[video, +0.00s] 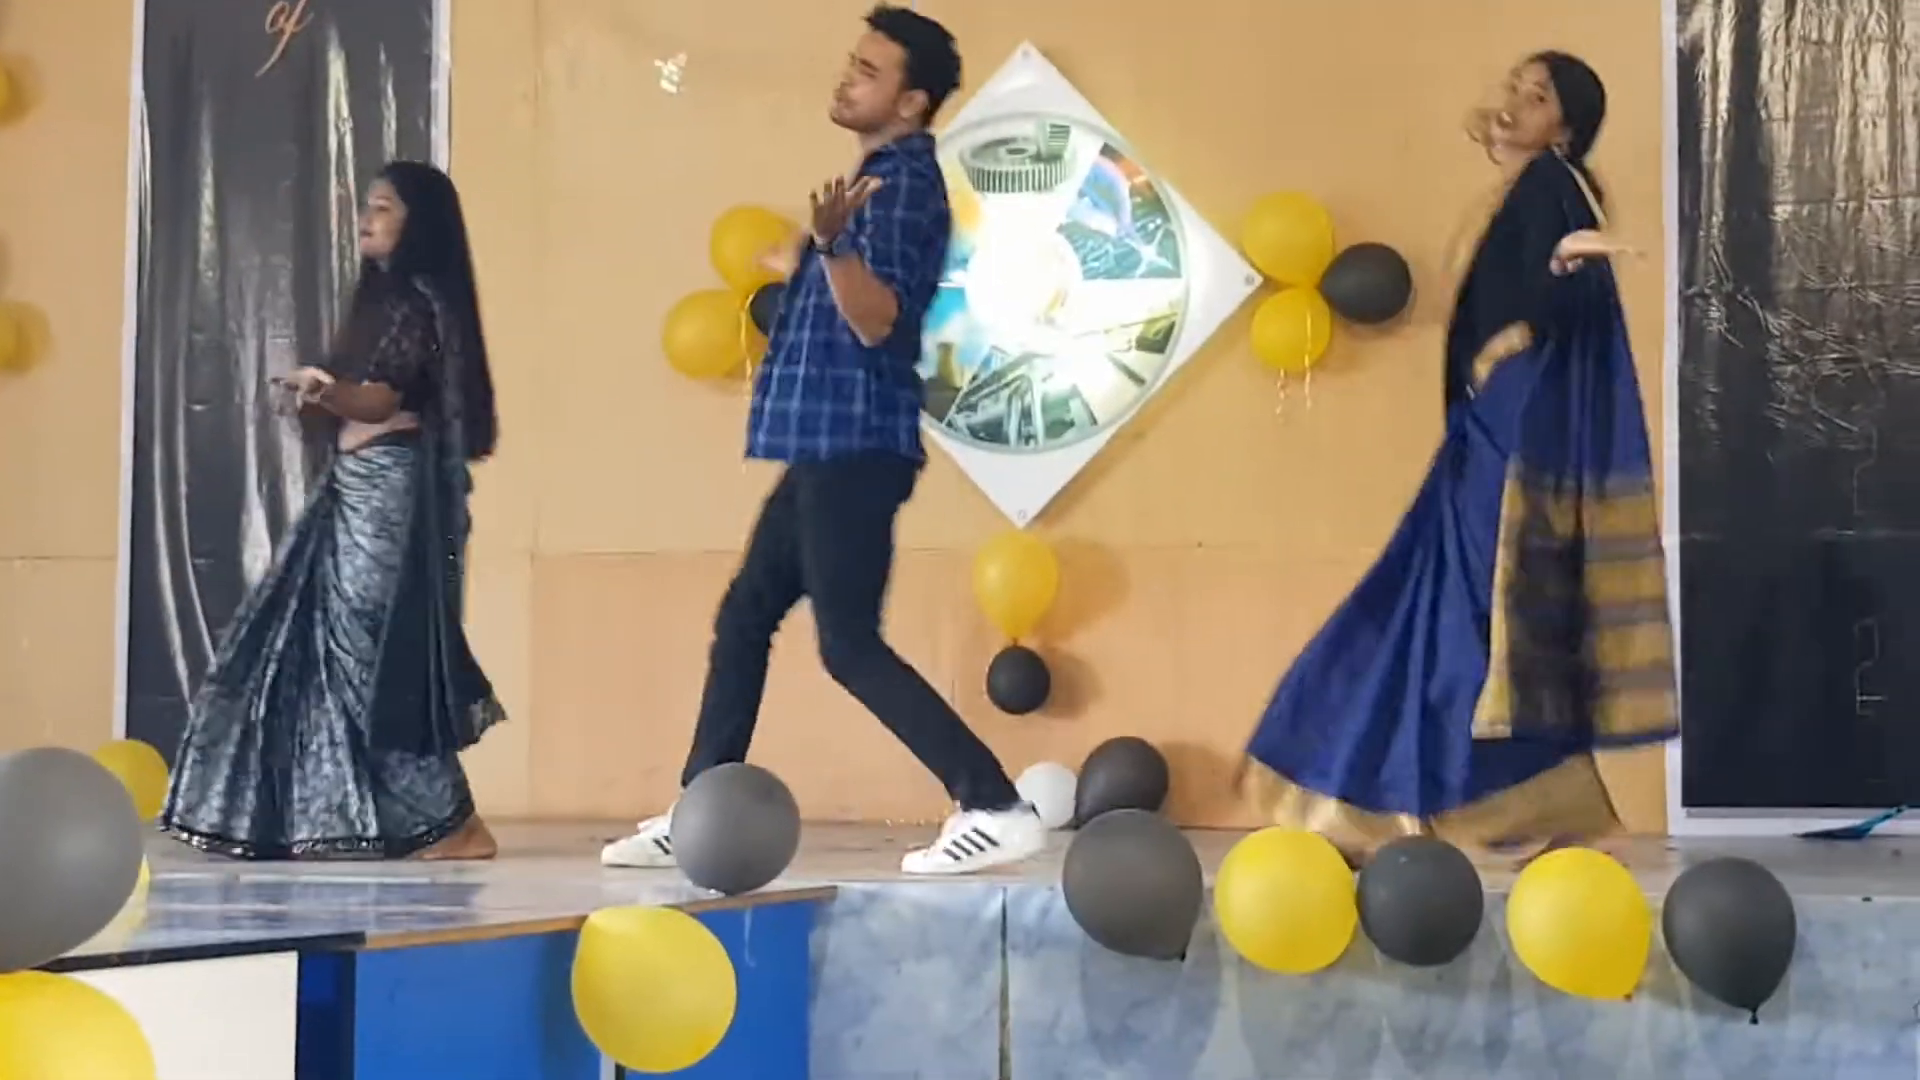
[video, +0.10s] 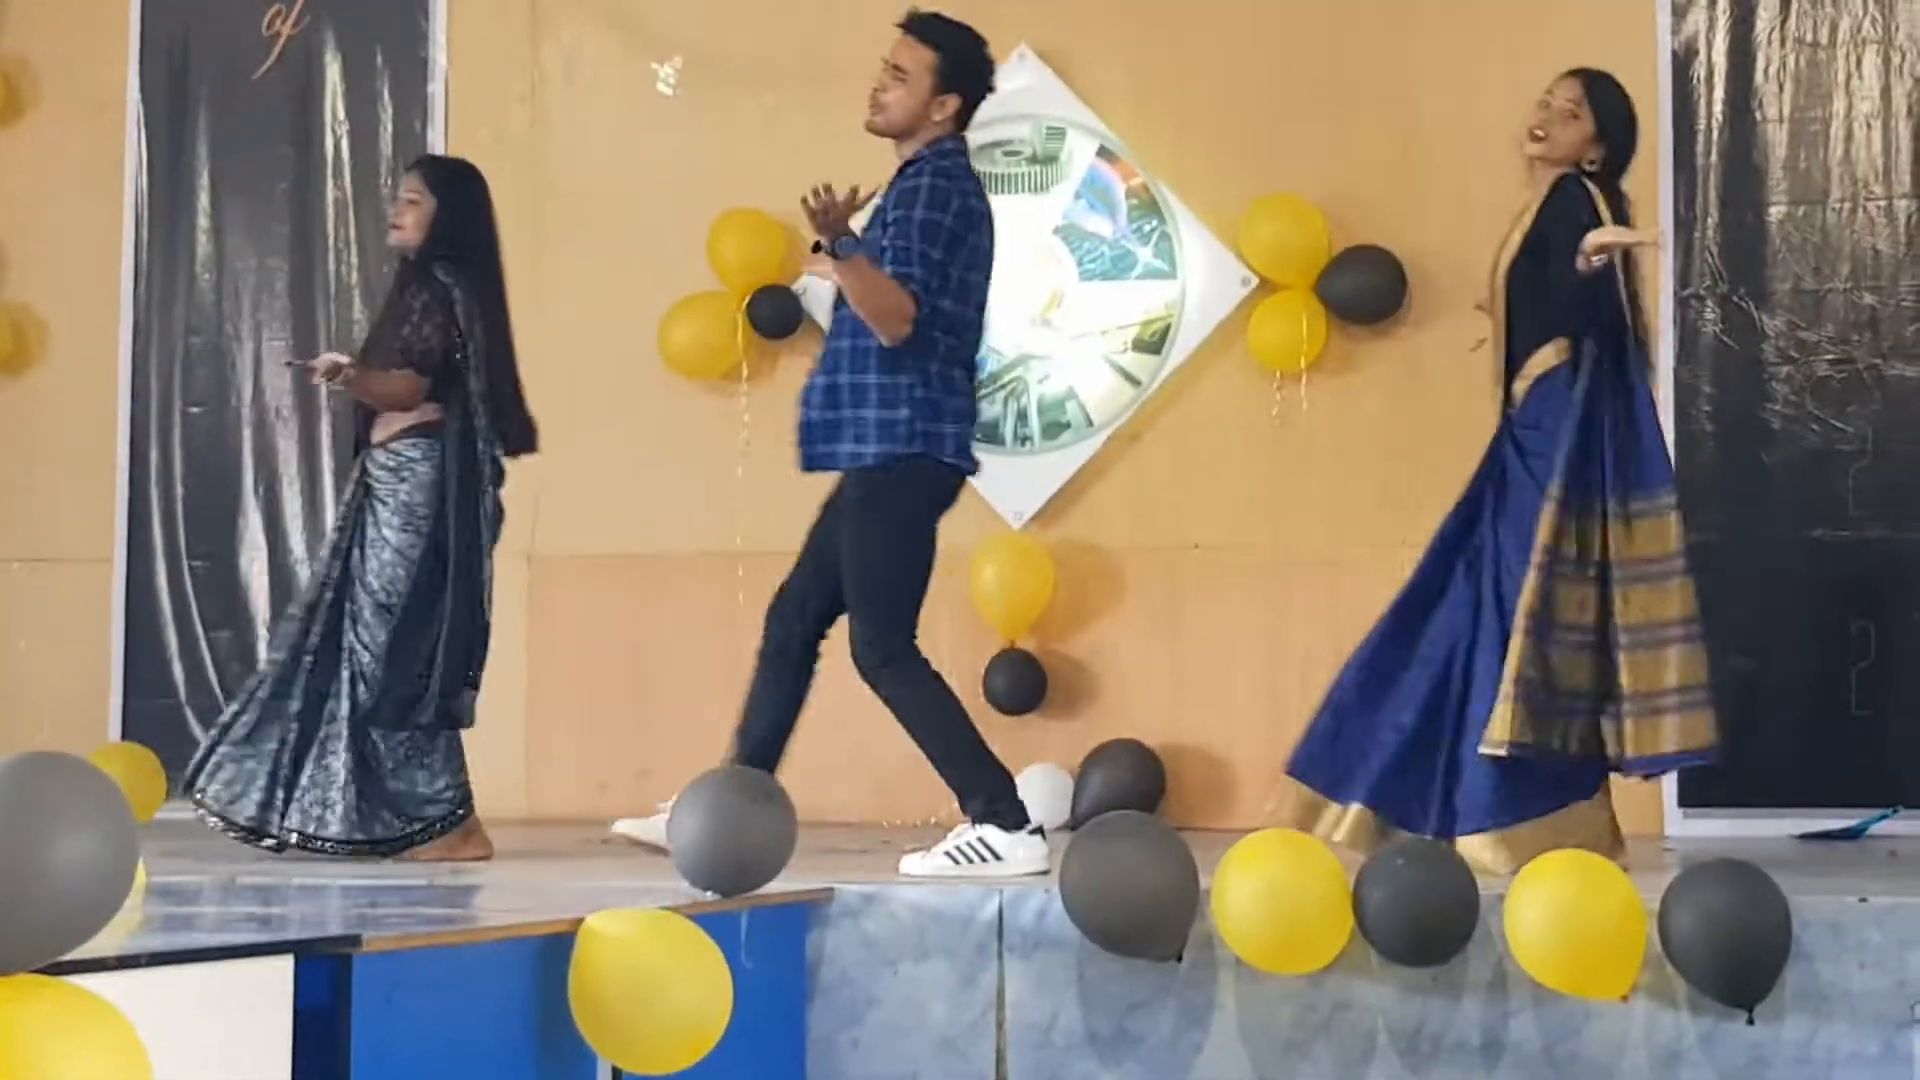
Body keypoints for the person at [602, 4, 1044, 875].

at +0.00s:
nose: (846, 80)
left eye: (868, 72)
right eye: (851, 65)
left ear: (915, 98)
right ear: (876, 85)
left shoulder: (907, 177)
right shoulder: (867, 179)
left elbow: (875, 320)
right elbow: (826, 317)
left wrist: (834, 241)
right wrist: (779, 289)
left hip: (860, 451)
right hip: (824, 451)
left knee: (850, 648)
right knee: (743, 622)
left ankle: (996, 806)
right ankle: (699, 822)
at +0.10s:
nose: (878, 86)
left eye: (899, 78)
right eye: (883, 71)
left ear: (946, 104)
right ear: (929, 101)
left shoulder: (936, 180)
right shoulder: (922, 179)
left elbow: (895, 320)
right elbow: (897, 309)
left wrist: (840, 245)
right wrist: (846, 251)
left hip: (907, 454)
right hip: (885, 453)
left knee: (882, 652)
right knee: (793, 622)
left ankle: (1004, 824)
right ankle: (728, 812)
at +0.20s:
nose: (912, 63)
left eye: (933, 54)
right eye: (917, 48)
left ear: (982, 79)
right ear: (972, 80)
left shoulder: (966, 151)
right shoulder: (970, 154)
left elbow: (933, 292)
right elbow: (940, 293)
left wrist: (867, 226)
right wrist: (878, 237)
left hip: (943, 423)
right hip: (937, 425)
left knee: (906, 625)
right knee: (831, 589)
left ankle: (1000, 824)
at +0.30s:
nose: (947, 46)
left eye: (969, 36)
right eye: (952, 30)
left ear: (1016, 63)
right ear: (998, 62)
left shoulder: (1004, 139)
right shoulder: (999, 136)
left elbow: (975, 276)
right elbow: (984, 281)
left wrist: (906, 201)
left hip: (980, 407)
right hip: (968, 406)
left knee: (937, 605)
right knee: (932, 603)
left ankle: (999, 823)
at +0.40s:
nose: (985, 54)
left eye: (1005, 44)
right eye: (989, 37)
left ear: (1054, 72)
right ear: (1049, 76)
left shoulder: (1039, 151)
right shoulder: (1055, 151)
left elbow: (1012, 288)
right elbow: (1021, 282)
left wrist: (945, 212)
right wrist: (955, 209)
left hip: (1001, 426)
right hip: (1048, 431)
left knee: (945, 616)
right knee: (1055, 631)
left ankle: (996, 828)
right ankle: (1210, 774)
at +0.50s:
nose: (1000, 88)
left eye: (1022, 77)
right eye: (1005, 72)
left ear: (1073, 101)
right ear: (1060, 98)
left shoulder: (1056, 184)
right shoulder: (1087, 189)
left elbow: (1044, 321)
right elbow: (1068, 326)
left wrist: (971, 249)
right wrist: (983, 262)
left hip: (1043, 453)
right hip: (1100, 457)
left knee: (928, 615)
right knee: (1128, 654)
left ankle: (978, 829)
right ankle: (1246, 824)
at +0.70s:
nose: (1010, 116)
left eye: (1030, 100)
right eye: (1008, 99)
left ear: (1081, 117)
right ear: (1012, 114)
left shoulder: (1078, 192)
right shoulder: (1051, 207)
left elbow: (1072, 309)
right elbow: (1018, 344)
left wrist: (1007, 221)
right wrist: (956, 270)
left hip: (1067, 459)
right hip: (1104, 468)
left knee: (945, 623)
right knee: (1129, 680)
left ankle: (1055, 814)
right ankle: (1222, 861)